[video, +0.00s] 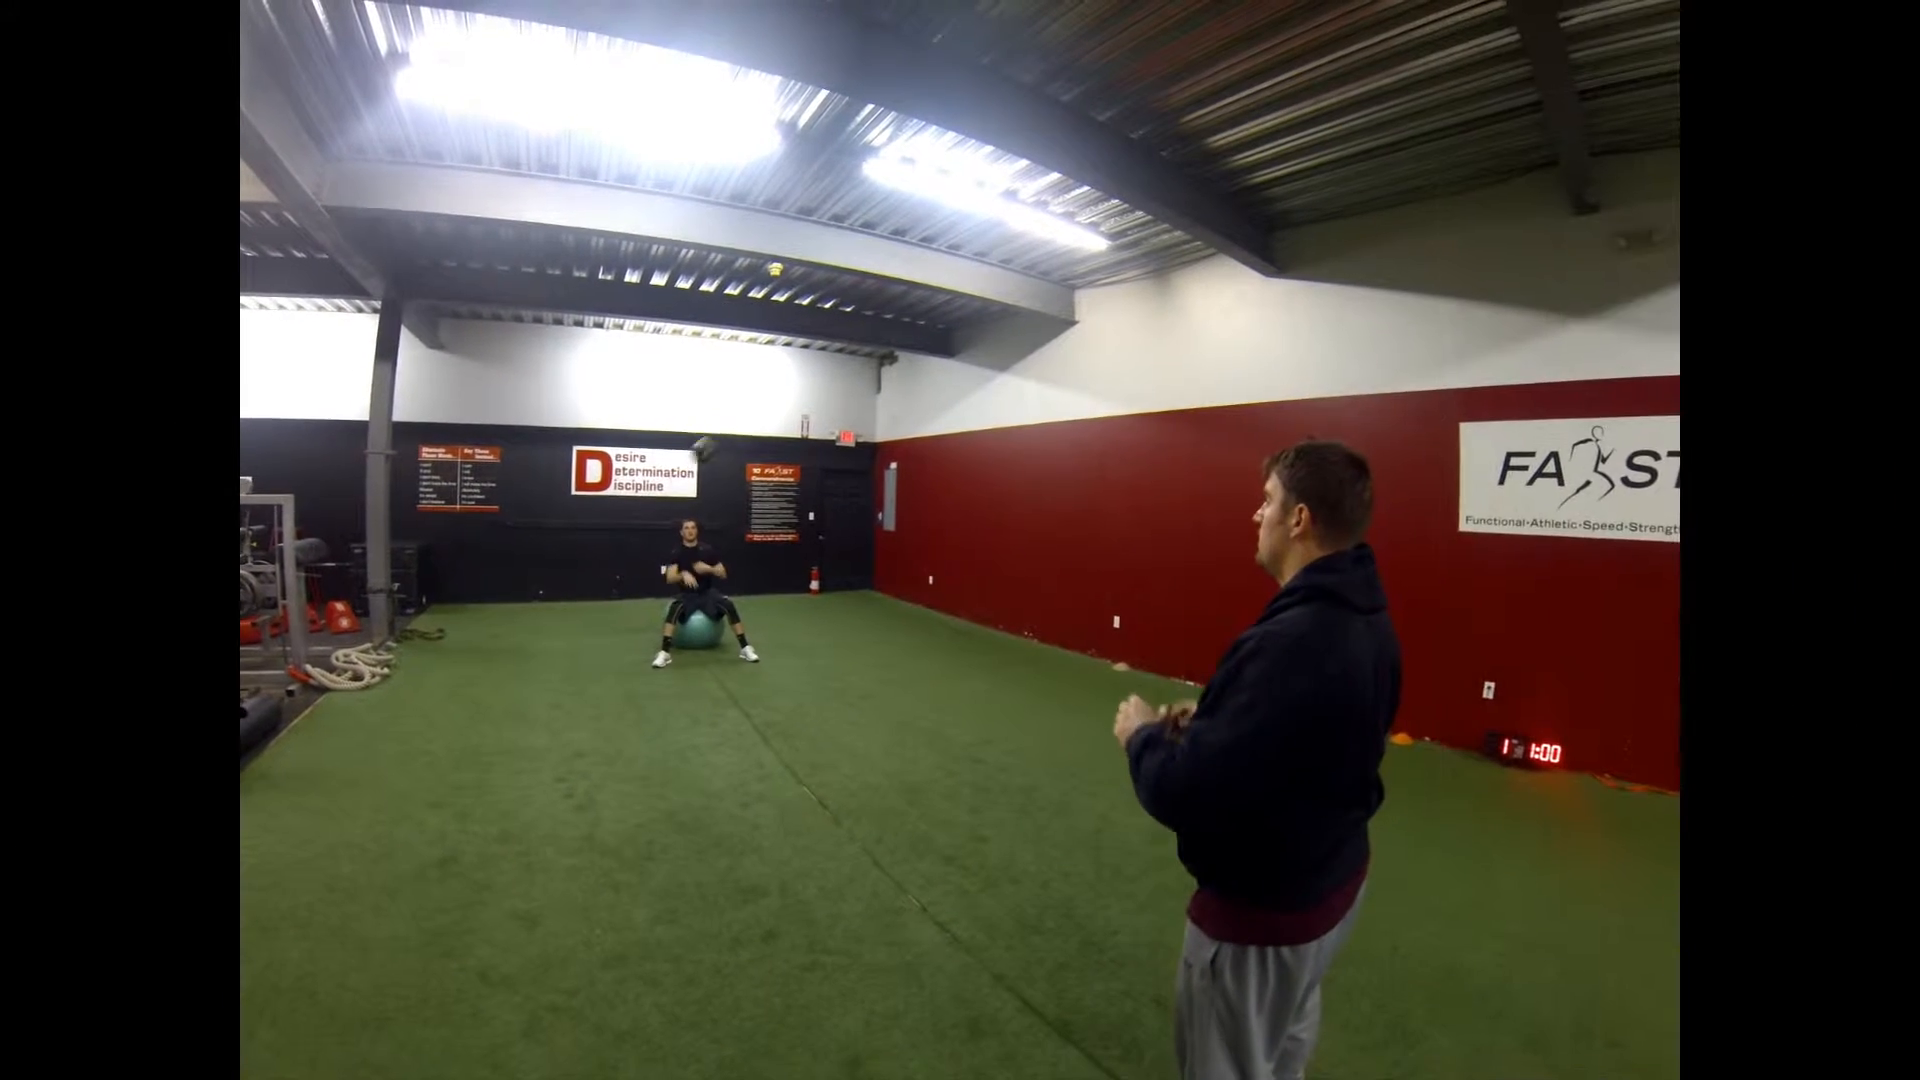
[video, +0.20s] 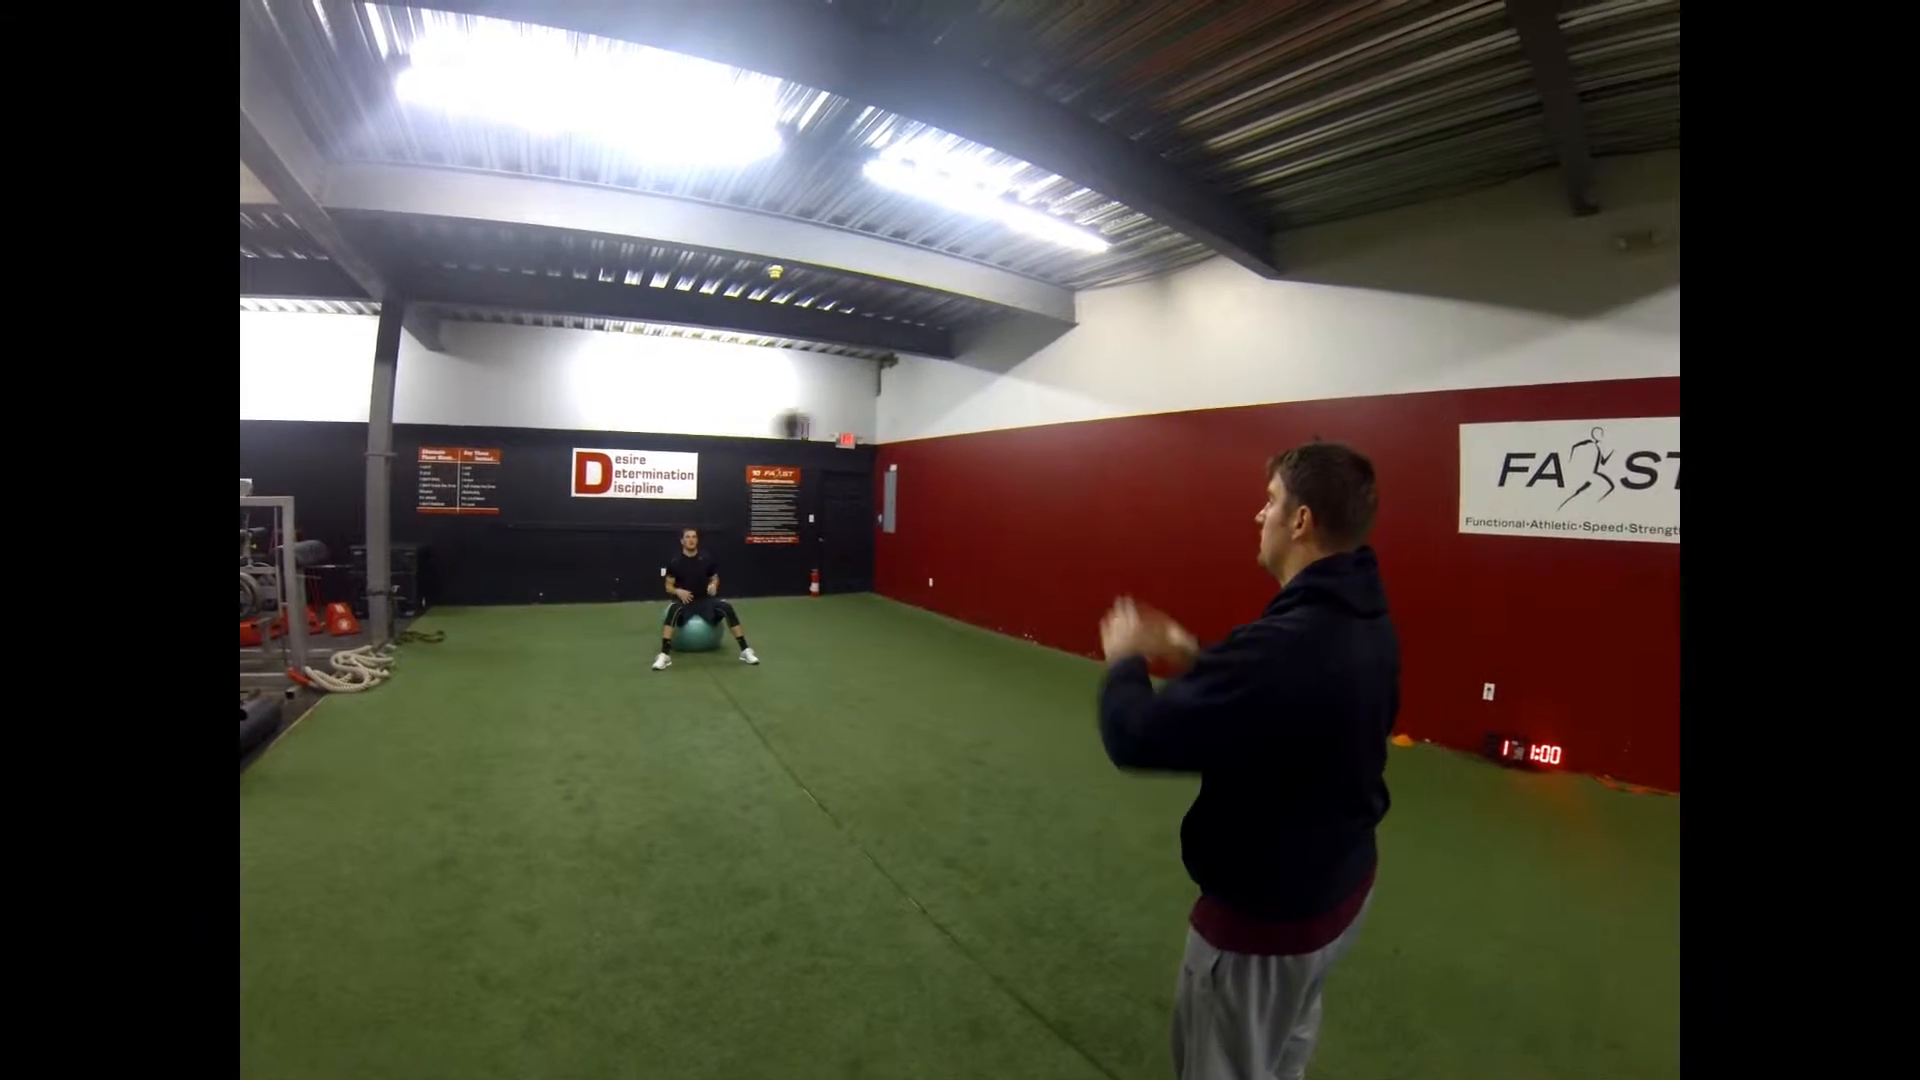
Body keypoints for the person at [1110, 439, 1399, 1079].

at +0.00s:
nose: (1256, 517)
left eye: (1266, 502)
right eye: (1261, 501)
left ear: (1300, 519)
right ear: (1345, 523)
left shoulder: (1287, 643)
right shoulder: (1365, 620)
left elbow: (1186, 792)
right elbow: (1313, 748)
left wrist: (1141, 740)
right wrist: (1210, 722)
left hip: (1255, 918)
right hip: (1328, 891)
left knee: (1221, 1065)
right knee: (1284, 1053)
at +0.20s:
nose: (1259, 517)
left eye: (1270, 502)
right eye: (1264, 501)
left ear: (1302, 520)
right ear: (1347, 526)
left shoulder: (1279, 645)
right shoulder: (1369, 620)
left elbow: (1134, 737)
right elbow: (1286, 700)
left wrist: (1123, 660)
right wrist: (1194, 659)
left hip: (1260, 915)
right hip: (1338, 887)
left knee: (1218, 1065)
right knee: (1284, 1056)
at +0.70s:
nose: (1292, 528)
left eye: (1297, 513)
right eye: (1294, 514)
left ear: (1319, 522)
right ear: (1385, 525)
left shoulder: (1275, 648)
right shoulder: (1411, 635)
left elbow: (1169, 738)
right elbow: (1339, 706)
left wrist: (1174, 646)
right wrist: (1271, 626)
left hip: (1276, 915)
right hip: (1374, 896)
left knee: (1231, 1066)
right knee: (1333, 1063)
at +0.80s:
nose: (1310, 530)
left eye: (1313, 516)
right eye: (1311, 516)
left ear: (1333, 523)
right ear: (1399, 526)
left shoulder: (1289, 646)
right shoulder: (1429, 638)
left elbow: (1190, 739)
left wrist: (1197, 653)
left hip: (1283, 914)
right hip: (1383, 900)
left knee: (1228, 1065)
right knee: (1344, 1064)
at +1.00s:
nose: (1352, 531)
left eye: (1355, 518)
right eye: (1355, 519)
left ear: (1371, 526)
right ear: (1442, 534)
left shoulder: (1320, 637)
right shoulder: (1468, 649)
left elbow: (1229, 728)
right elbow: (1447, 765)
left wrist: (1268, 647)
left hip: (1300, 909)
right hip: (1402, 904)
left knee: (1227, 1065)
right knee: (1355, 1066)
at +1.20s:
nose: (1386, 542)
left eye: (1392, 528)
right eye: (1389, 527)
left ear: (1419, 537)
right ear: (1475, 544)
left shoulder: (1348, 630)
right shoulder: (1501, 662)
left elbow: (1265, 711)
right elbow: (1478, 751)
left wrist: (1353, 681)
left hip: (1306, 897)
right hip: (1413, 909)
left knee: (1214, 991)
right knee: (1361, 1059)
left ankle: (1193, 1075)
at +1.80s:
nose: (1331, 550)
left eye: (1340, 538)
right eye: (1334, 537)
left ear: (1362, 545)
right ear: (1427, 561)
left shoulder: (1299, 625)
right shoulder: (1448, 658)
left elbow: (1236, 648)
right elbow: (1540, 697)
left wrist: (1300, 595)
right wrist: (1492, 622)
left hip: (1245, 868)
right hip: (1349, 882)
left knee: (1180, 959)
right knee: (1337, 1044)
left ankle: (1138, 1053)